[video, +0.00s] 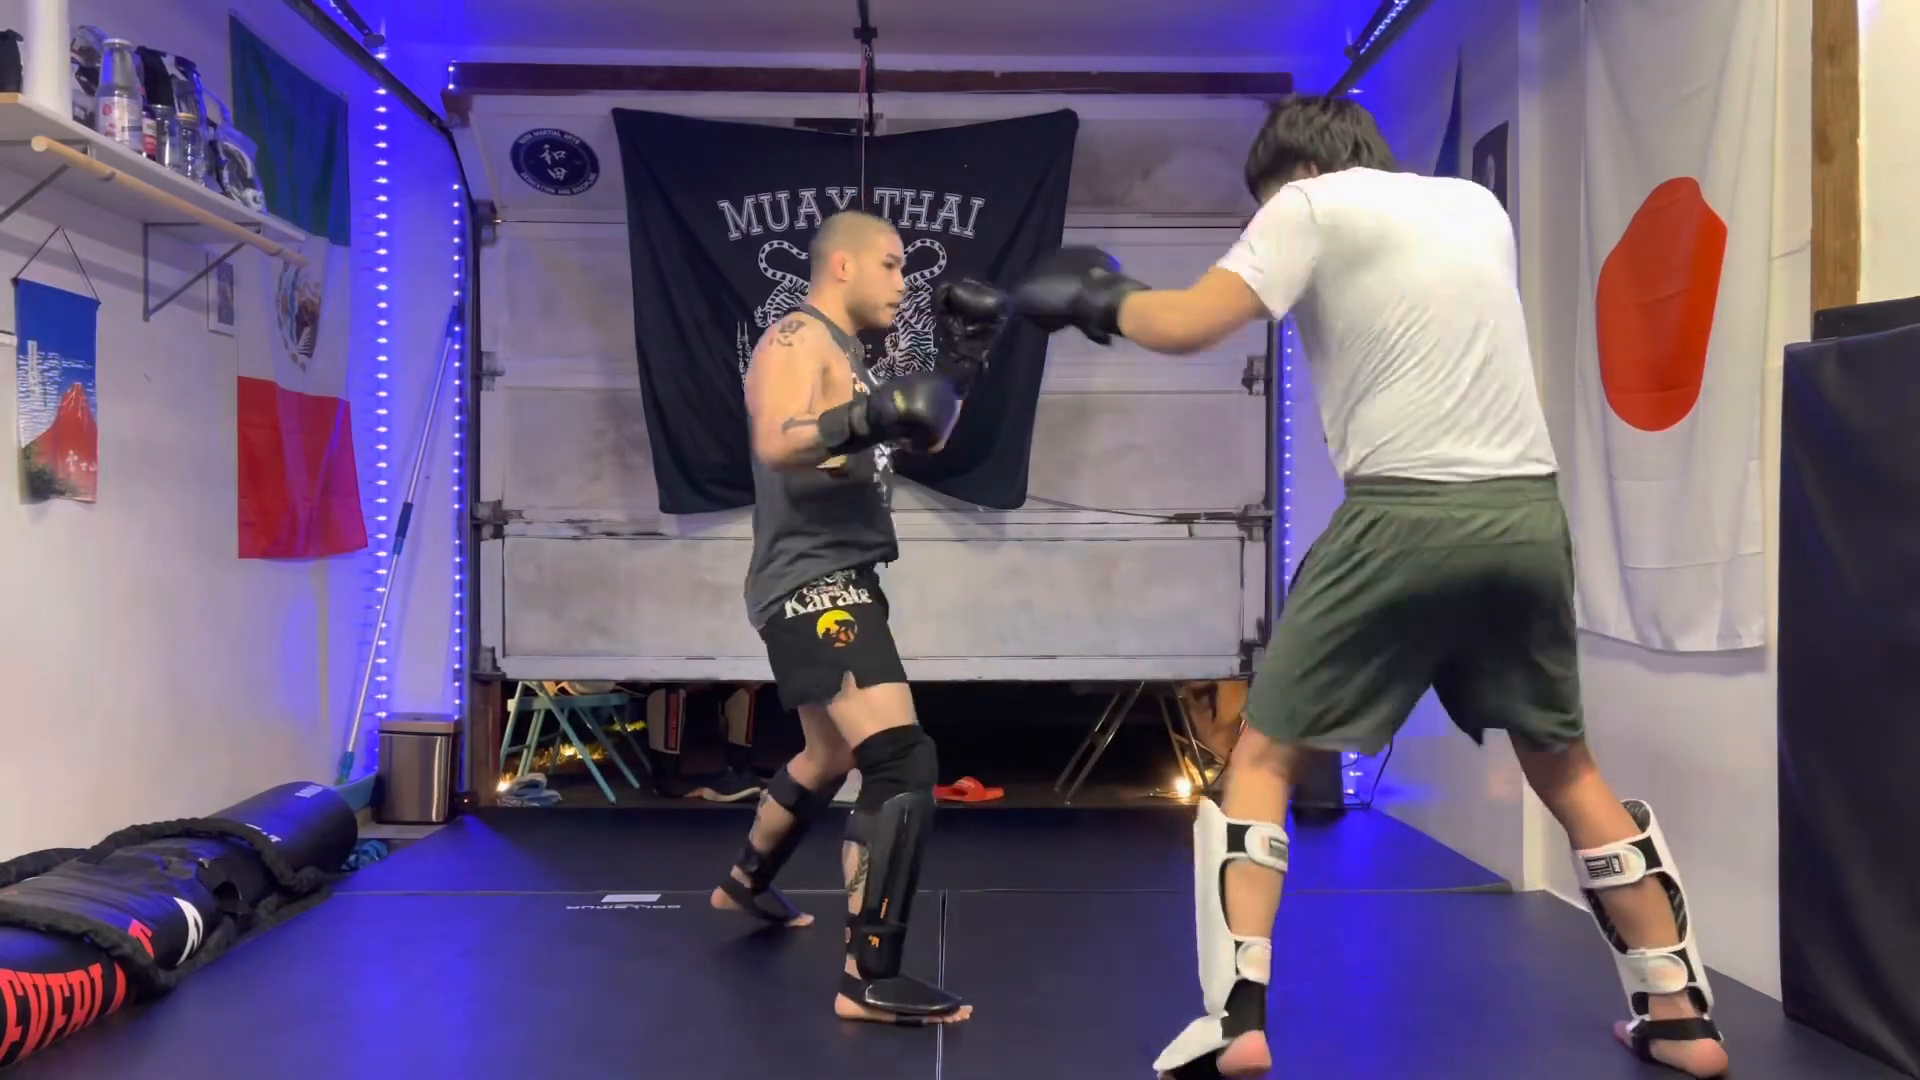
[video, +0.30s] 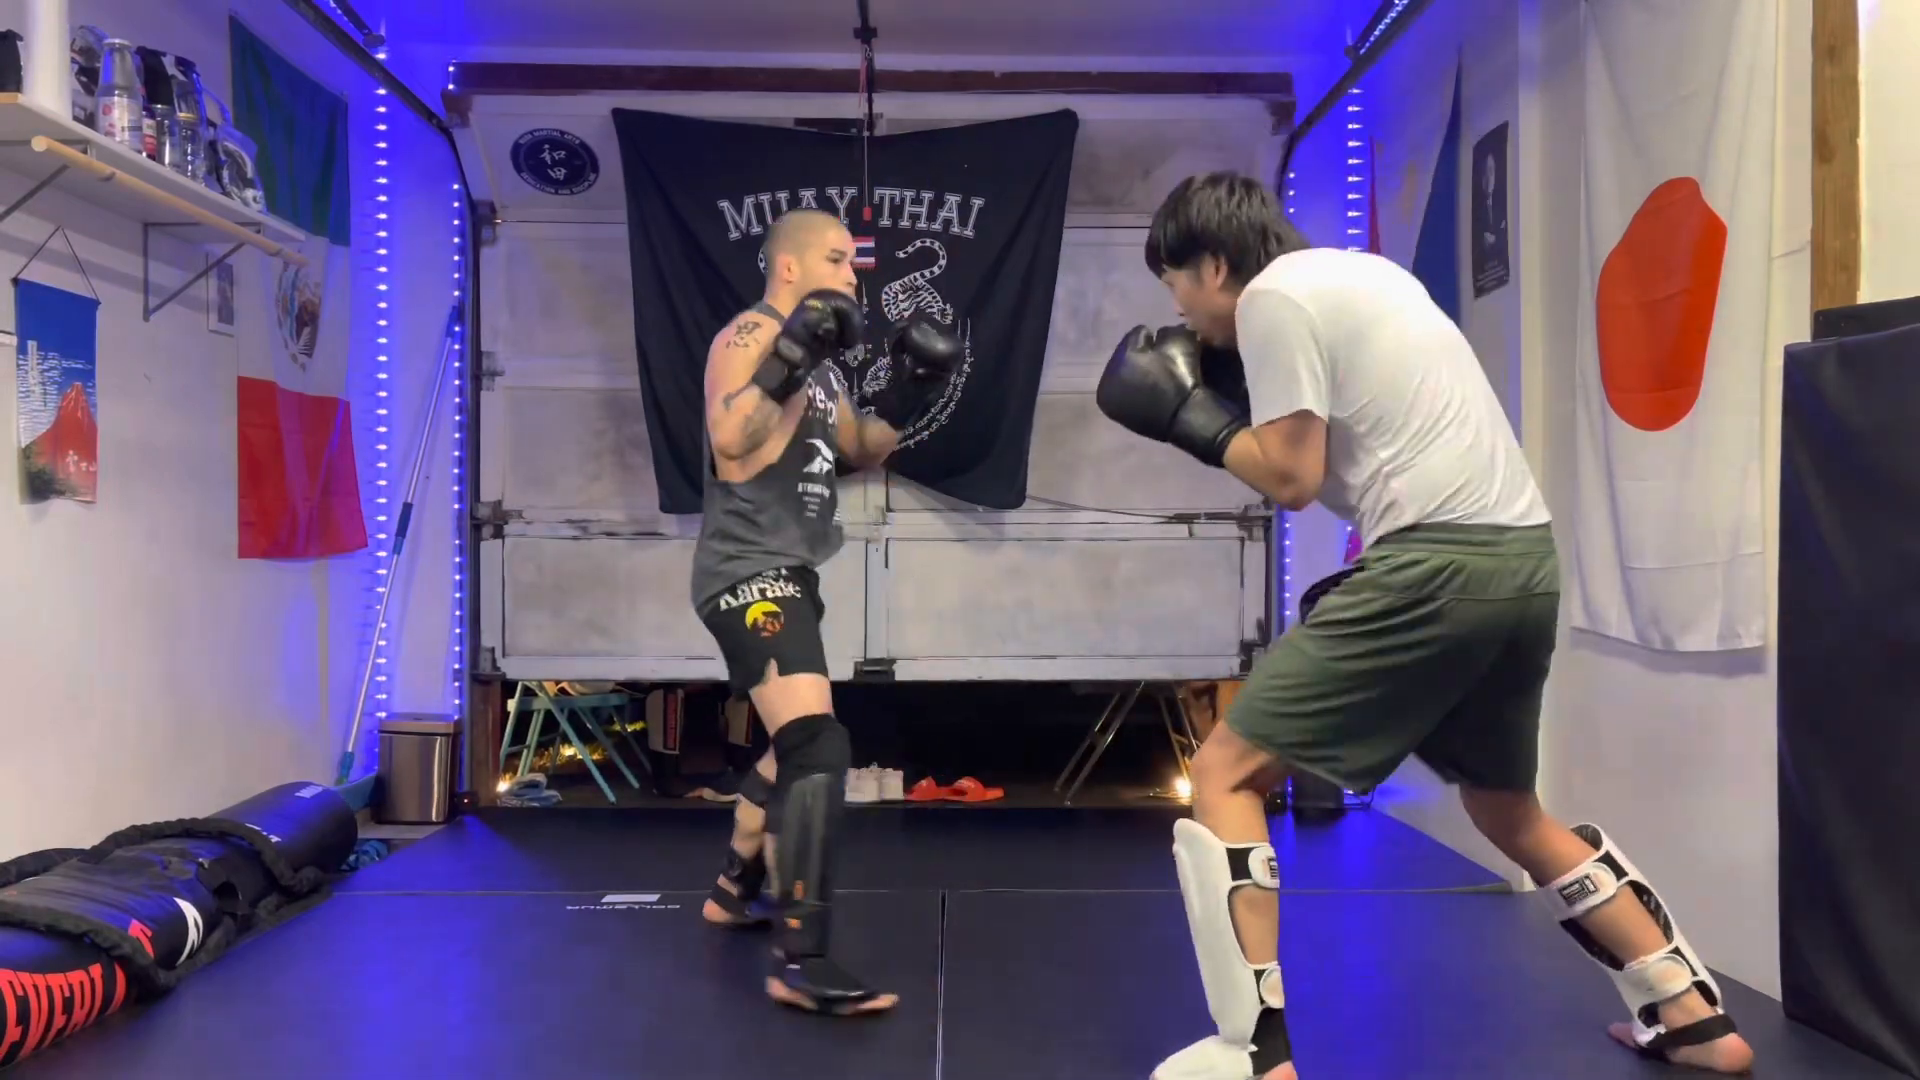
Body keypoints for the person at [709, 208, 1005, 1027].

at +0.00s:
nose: (902, 283)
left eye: (902, 268)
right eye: (890, 266)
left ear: (850, 270)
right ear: (842, 268)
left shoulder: (851, 354)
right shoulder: (794, 340)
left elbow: (927, 445)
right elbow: (777, 445)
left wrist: (959, 357)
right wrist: (873, 414)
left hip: (832, 578)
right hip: (814, 581)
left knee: (827, 757)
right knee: (900, 760)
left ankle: (745, 884)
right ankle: (874, 979)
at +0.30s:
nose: (852, 271)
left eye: (852, 259)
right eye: (838, 258)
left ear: (822, 271)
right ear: (786, 268)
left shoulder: (816, 351)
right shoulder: (748, 337)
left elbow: (859, 448)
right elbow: (731, 447)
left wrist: (913, 386)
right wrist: (798, 357)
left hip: (788, 572)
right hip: (751, 571)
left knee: (793, 745)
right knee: (817, 751)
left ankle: (739, 881)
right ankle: (802, 958)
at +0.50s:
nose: (814, 275)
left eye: (816, 263)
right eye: (800, 261)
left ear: (803, 274)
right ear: (749, 269)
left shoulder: (782, 352)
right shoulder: (715, 343)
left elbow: (847, 435)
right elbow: (705, 440)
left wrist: (887, 363)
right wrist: (775, 352)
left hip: (741, 576)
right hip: (710, 576)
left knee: (754, 751)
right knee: (795, 747)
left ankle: (696, 881)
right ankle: (706, 943)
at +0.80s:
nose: (759, 286)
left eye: (756, 271)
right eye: (742, 269)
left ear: (686, 284)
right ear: (690, 278)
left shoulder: (666, 359)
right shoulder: (689, 343)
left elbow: (714, 451)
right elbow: (792, 336)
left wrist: (760, 417)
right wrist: (910, 284)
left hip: (613, 603)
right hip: (653, 605)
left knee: (667, 767)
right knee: (732, 802)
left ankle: (650, 906)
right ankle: (666, 1015)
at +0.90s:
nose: (734, 280)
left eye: (732, 265)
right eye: (720, 262)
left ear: (661, 276)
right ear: (666, 271)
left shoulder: (634, 354)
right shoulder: (663, 338)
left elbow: (693, 458)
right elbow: (755, 355)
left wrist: (746, 395)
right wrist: (866, 304)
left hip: (572, 609)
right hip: (617, 608)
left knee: (621, 762)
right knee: (714, 793)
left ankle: (540, 910)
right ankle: (663, 1019)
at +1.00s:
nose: (703, 271)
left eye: (702, 257)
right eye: (688, 255)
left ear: (634, 269)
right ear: (634, 260)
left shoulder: (628, 351)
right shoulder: (607, 336)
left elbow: (699, 447)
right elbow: (634, 418)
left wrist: (748, 370)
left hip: (539, 596)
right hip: (565, 595)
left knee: (550, 776)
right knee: (662, 789)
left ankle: (424, 913)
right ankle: (658, 1014)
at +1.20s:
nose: (633, 275)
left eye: (634, 261)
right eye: (617, 258)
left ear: (586, 272)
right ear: (559, 267)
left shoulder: (585, 376)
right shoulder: (514, 345)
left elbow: (646, 460)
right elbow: (446, 455)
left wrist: (696, 390)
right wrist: (542, 480)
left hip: (506, 597)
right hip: (497, 594)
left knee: (498, 789)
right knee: (598, 775)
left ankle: (396, 949)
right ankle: (630, 1005)